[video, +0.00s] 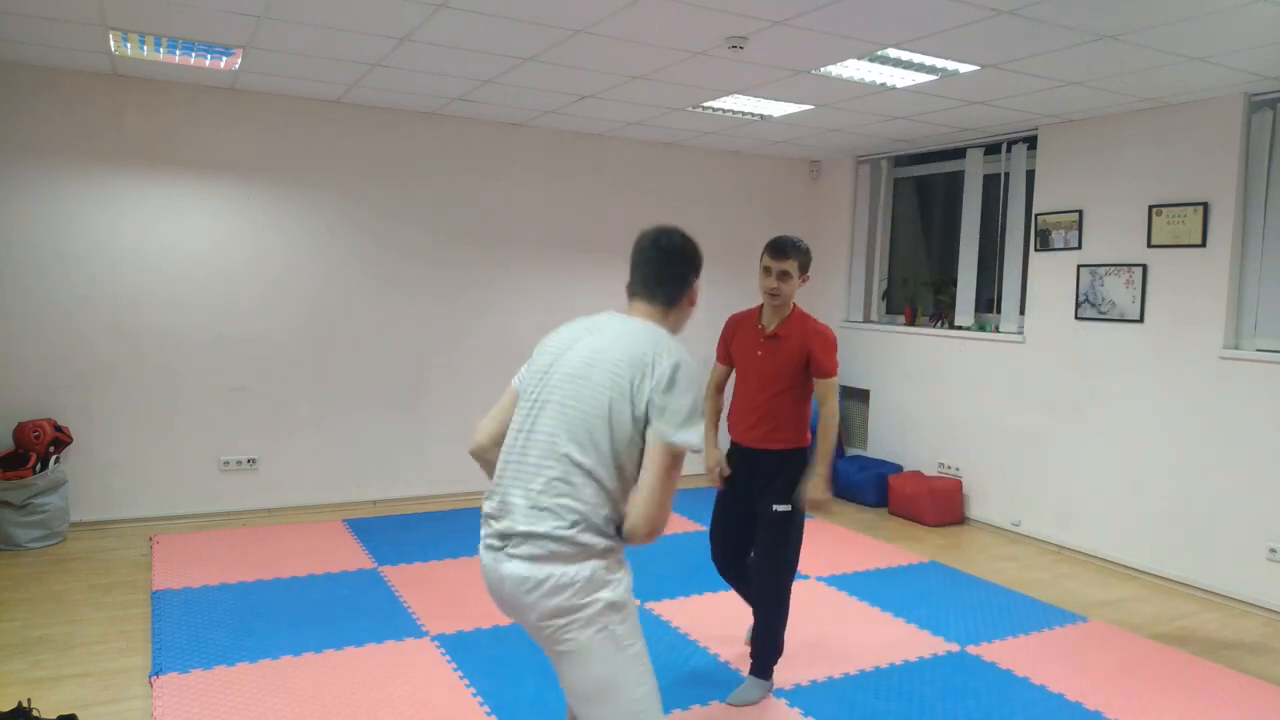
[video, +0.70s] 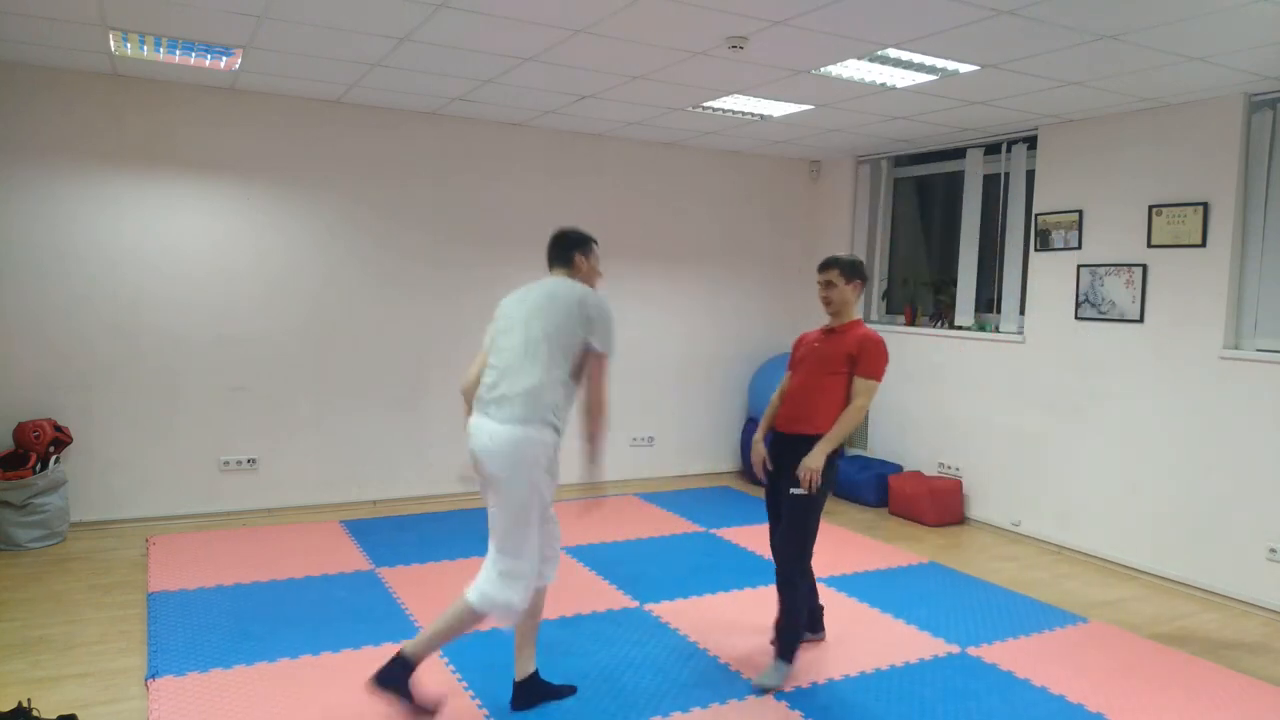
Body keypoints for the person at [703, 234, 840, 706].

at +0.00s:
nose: (774, 282)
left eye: (785, 275)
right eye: (767, 272)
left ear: (802, 280)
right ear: (758, 273)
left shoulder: (817, 337)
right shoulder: (737, 325)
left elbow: (829, 410)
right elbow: (714, 389)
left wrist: (819, 475)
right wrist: (711, 448)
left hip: (786, 463)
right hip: (740, 458)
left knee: (772, 571)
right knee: (724, 554)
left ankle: (761, 672)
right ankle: (768, 610)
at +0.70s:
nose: (823, 293)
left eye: (831, 285)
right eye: (820, 285)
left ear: (856, 288)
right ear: (820, 289)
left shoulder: (868, 342)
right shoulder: (806, 339)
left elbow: (859, 407)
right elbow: (784, 389)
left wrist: (820, 451)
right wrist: (759, 436)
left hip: (816, 453)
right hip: (779, 448)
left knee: (792, 552)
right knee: (785, 547)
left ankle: (783, 655)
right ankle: (812, 623)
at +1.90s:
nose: (840, 289)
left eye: (845, 282)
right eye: (840, 282)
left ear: (868, 284)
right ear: (864, 286)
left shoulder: (888, 327)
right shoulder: (861, 326)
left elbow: (843, 365)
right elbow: (824, 358)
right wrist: (776, 377)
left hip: (895, 436)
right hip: (871, 433)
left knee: (874, 518)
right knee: (856, 515)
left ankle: (913, 603)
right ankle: (868, 588)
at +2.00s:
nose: (832, 291)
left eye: (836, 284)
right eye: (832, 284)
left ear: (859, 285)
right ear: (857, 287)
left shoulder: (883, 325)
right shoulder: (857, 325)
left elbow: (826, 357)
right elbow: (818, 350)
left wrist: (771, 348)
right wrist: (768, 347)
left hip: (897, 434)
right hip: (879, 431)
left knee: (871, 516)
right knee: (864, 514)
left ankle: (883, 596)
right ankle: (870, 586)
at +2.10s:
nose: (821, 297)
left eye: (825, 289)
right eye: (821, 290)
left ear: (848, 289)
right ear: (845, 292)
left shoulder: (872, 325)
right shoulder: (851, 326)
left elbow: (815, 356)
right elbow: (811, 352)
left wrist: (788, 331)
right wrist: (786, 331)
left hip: (902, 433)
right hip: (885, 432)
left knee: (877, 516)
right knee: (873, 515)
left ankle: (870, 593)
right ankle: (868, 588)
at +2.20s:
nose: (811, 306)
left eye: (814, 299)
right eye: (810, 300)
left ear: (835, 299)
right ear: (836, 301)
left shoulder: (861, 332)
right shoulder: (852, 331)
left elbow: (805, 363)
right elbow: (808, 358)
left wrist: (796, 332)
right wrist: (800, 333)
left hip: (908, 435)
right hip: (896, 434)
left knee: (889, 517)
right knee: (883, 515)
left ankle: (873, 593)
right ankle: (871, 586)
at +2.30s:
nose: (805, 318)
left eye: (808, 310)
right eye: (804, 311)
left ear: (828, 309)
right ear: (830, 310)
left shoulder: (853, 339)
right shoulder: (847, 337)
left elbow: (800, 373)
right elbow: (807, 358)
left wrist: (779, 347)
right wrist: (785, 346)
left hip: (914, 437)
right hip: (902, 436)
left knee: (892, 519)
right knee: (884, 516)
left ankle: (873, 593)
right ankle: (870, 587)